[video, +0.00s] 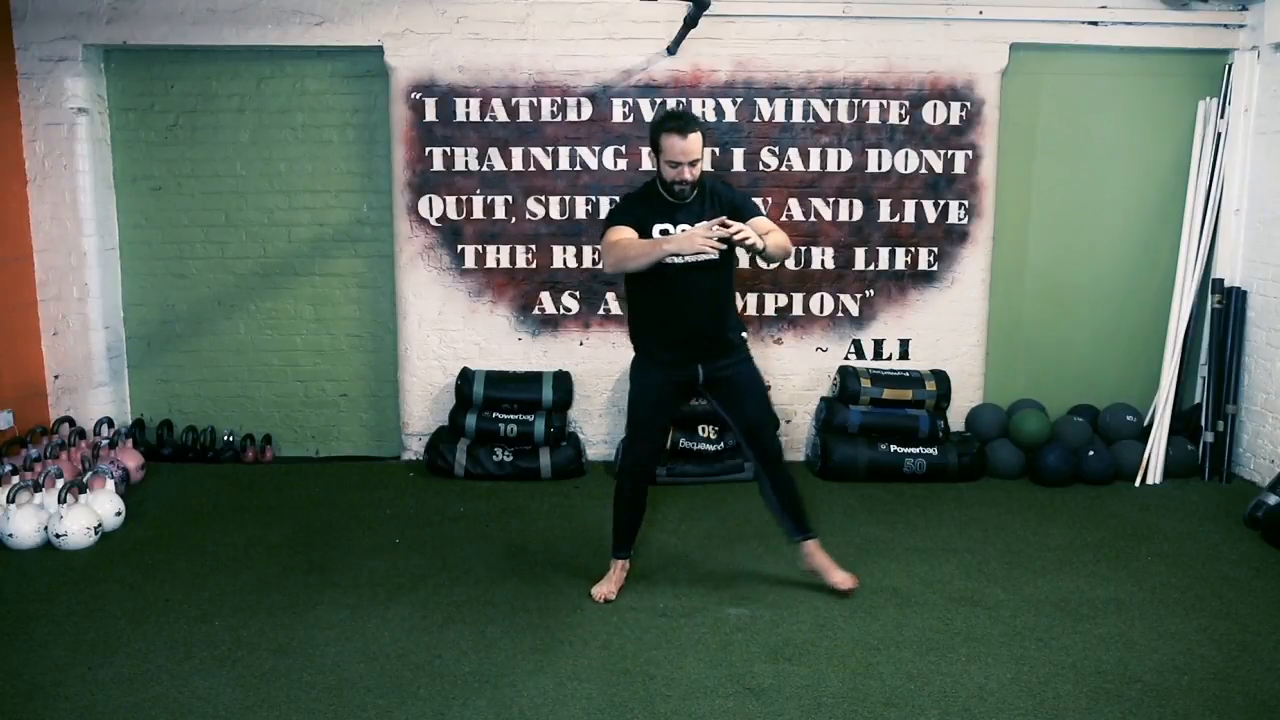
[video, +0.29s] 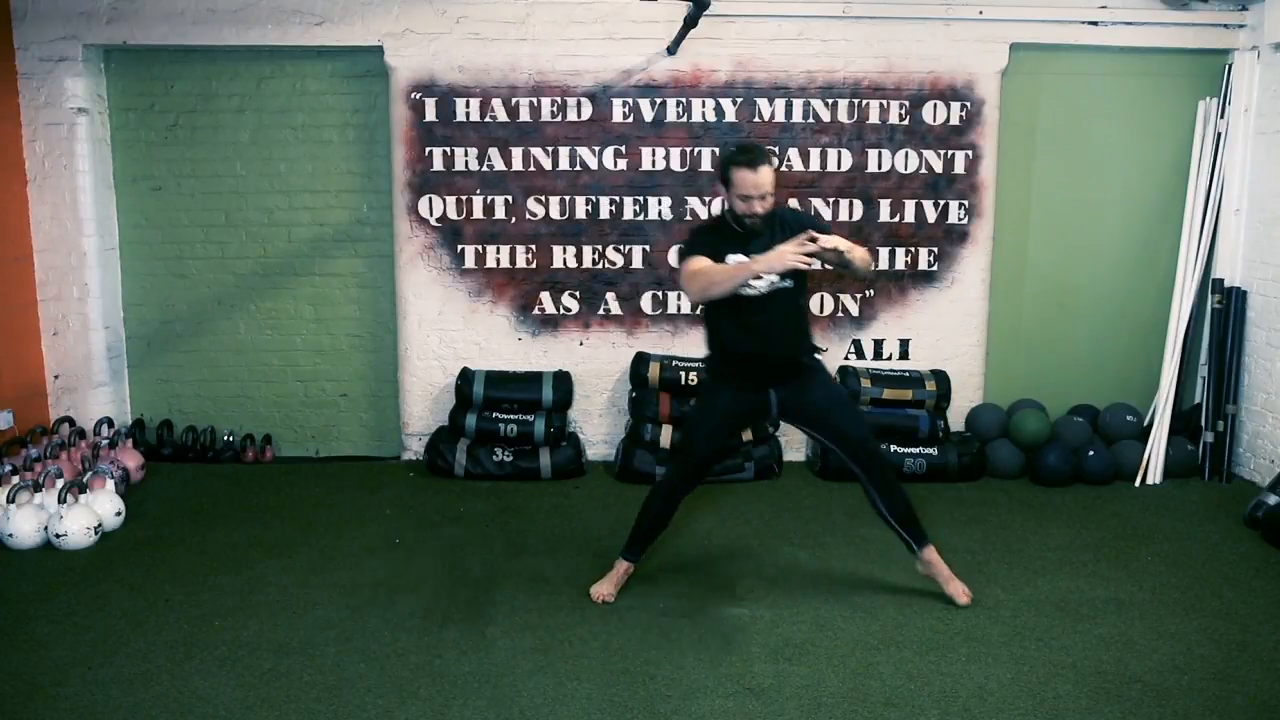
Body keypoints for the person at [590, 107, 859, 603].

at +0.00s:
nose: (684, 174)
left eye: (692, 163)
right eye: (674, 164)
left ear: (704, 155)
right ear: (656, 158)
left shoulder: (721, 194)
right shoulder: (637, 203)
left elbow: (782, 246)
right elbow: (612, 257)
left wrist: (759, 241)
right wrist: (674, 242)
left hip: (725, 350)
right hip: (659, 355)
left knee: (766, 443)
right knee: (638, 457)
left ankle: (809, 547)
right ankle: (619, 561)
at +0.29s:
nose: (757, 206)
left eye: (765, 197)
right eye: (747, 198)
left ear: (776, 186)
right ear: (726, 192)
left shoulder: (795, 226)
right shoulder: (707, 236)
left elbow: (864, 265)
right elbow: (695, 286)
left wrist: (846, 254)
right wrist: (765, 263)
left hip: (797, 374)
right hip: (731, 378)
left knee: (865, 451)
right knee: (682, 469)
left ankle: (928, 556)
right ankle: (624, 565)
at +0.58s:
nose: (873, 305)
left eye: (882, 296)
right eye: (864, 297)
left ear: (895, 280)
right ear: (845, 283)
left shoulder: (911, 309)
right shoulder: (824, 316)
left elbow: (976, 353)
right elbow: (806, 368)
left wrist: (957, 337)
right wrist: (878, 348)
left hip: (885, 436)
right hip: (815, 436)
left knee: (964, 483)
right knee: (736, 501)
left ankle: (931, 573)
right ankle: (635, 568)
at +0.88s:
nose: (924, 391)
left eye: (934, 383)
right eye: (917, 381)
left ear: (951, 371)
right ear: (901, 362)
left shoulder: (961, 388)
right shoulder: (869, 382)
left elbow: (1027, 435)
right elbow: (853, 439)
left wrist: (1008, 422)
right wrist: (928, 427)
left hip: (906, 481)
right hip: (841, 482)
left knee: (986, 497)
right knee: (750, 529)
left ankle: (931, 574)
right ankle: (639, 570)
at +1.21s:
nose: (927, 391)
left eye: (937, 383)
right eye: (919, 381)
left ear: (952, 372)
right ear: (902, 363)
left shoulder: (963, 393)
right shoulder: (867, 383)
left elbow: (1025, 439)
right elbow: (850, 437)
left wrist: (1008, 429)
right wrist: (925, 435)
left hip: (906, 481)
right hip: (843, 479)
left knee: (982, 496)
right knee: (754, 526)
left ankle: (930, 574)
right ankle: (643, 571)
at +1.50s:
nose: (870, 294)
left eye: (879, 285)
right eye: (862, 284)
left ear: (893, 273)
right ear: (844, 272)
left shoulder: (907, 304)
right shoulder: (827, 305)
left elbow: (966, 346)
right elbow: (787, 343)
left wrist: (936, 327)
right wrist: (865, 331)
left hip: (870, 433)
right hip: (803, 431)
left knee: (947, 482)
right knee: (724, 502)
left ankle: (928, 576)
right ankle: (636, 569)